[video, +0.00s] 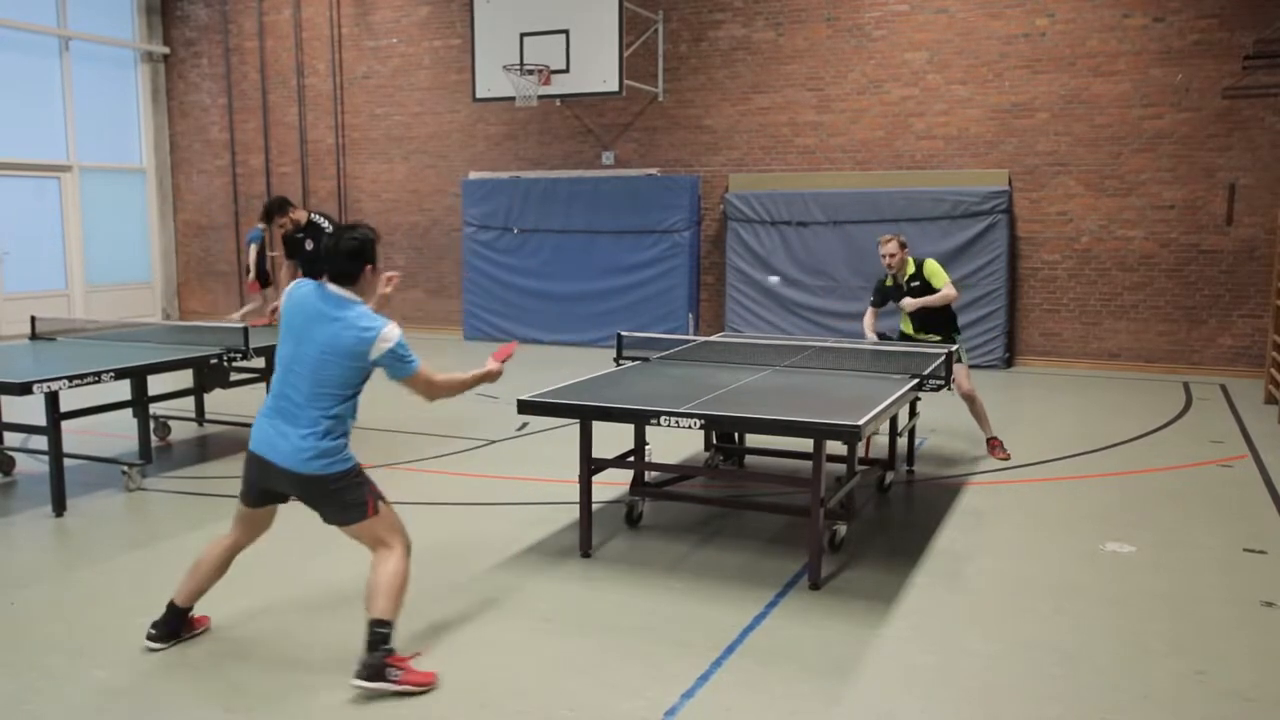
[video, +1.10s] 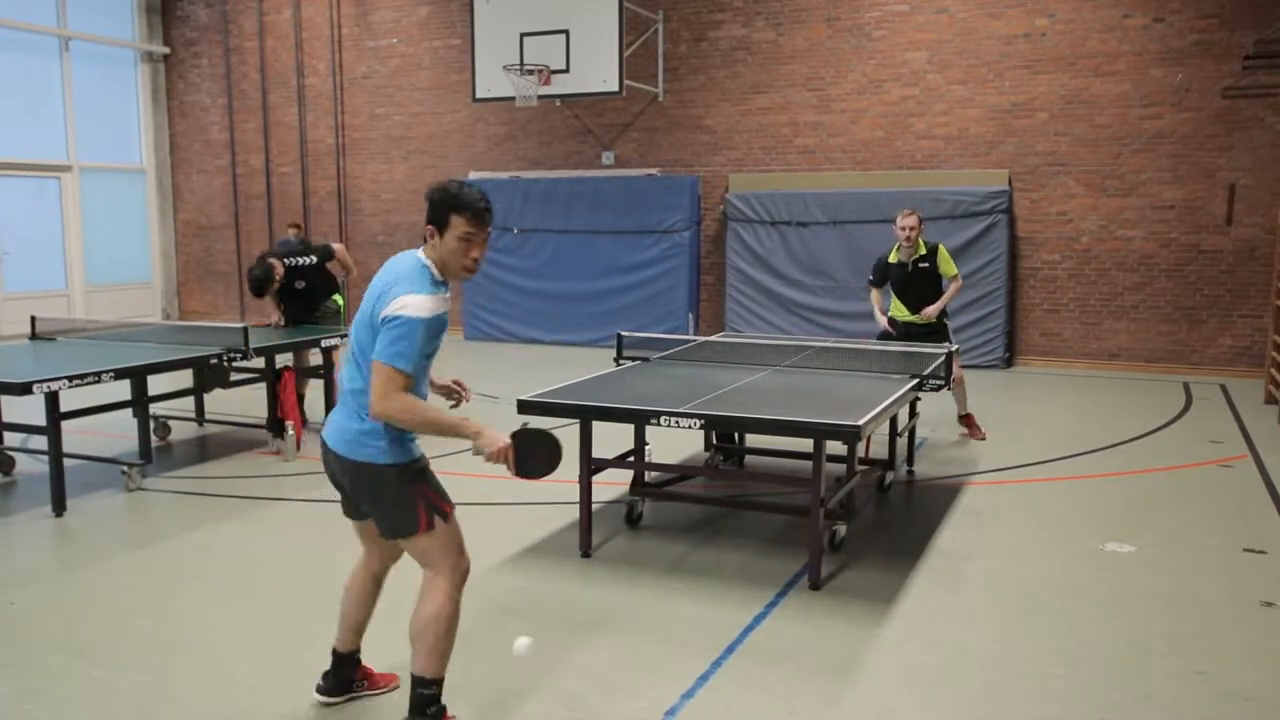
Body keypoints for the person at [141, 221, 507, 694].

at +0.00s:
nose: (382, 267)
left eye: (379, 261)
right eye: (377, 262)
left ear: (327, 266)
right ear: (366, 271)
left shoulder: (296, 294)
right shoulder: (376, 331)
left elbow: (337, 315)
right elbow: (431, 387)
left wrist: (369, 298)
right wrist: (485, 374)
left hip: (264, 451)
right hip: (321, 464)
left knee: (240, 532)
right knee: (392, 544)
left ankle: (169, 620)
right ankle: (377, 657)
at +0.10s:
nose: (354, 275)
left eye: (352, 267)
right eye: (352, 268)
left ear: (295, 268)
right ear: (341, 275)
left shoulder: (263, 306)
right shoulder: (346, 341)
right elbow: (397, 411)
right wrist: (449, 387)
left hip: (243, 460)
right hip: (299, 472)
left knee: (241, 532)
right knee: (365, 550)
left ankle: (169, 620)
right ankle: (339, 658)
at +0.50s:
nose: (389, 277)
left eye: (389, 267)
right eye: (387, 268)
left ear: (340, 266)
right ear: (367, 269)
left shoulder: (300, 297)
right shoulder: (342, 324)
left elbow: (291, 373)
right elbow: (332, 417)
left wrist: (355, 382)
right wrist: (404, 442)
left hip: (251, 449)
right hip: (295, 457)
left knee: (267, 536)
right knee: (374, 548)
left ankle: (196, 635)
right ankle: (363, 683)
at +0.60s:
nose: (418, 311)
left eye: (417, 301)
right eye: (413, 301)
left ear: (379, 302)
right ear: (390, 306)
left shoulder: (357, 340)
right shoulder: (330, 356)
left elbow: (374, 401)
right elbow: (285, 443)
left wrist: (433, 415)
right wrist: (331, 511)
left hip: (275, 475)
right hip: (291, 482)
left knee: (285, 553)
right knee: (394, 553)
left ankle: (200, 635)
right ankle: (402, 690)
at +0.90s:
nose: (486, 297)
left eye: (490, 286)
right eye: (479, 285)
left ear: (447, 279)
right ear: (444, 278)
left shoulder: (434, 312)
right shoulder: (392, 328)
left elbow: (417, 364)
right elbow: (340, 415)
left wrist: (461, 398)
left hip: (350, 454)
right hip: (341, 460)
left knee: (330, 544)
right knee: (422, 556)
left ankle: (259, 634)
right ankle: (409, 687)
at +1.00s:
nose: (486, 266)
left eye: (491, 254)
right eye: (478, 253)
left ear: (450, 243)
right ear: (443, 244)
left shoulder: (424, 272)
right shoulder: (412, 299)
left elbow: (399, 341)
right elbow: (366, 396)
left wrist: (440, 374)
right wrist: (444, 441)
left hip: (334, 425)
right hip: (359, 438)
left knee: (358, 535)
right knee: (424, 546)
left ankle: (319, 653)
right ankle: (414, 691)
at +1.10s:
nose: (478, 254)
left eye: (483, 243)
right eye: (468, 241)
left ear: (482, 239)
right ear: (433, 234)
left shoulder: (406, 268)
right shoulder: (417, 299)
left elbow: (373, 346)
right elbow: (387, 403)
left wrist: (429, 382)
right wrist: (473, 431)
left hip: (347, 442)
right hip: (382, 454)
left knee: (381, 548)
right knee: (448, 567)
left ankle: (341, 672)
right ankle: (426, 708)